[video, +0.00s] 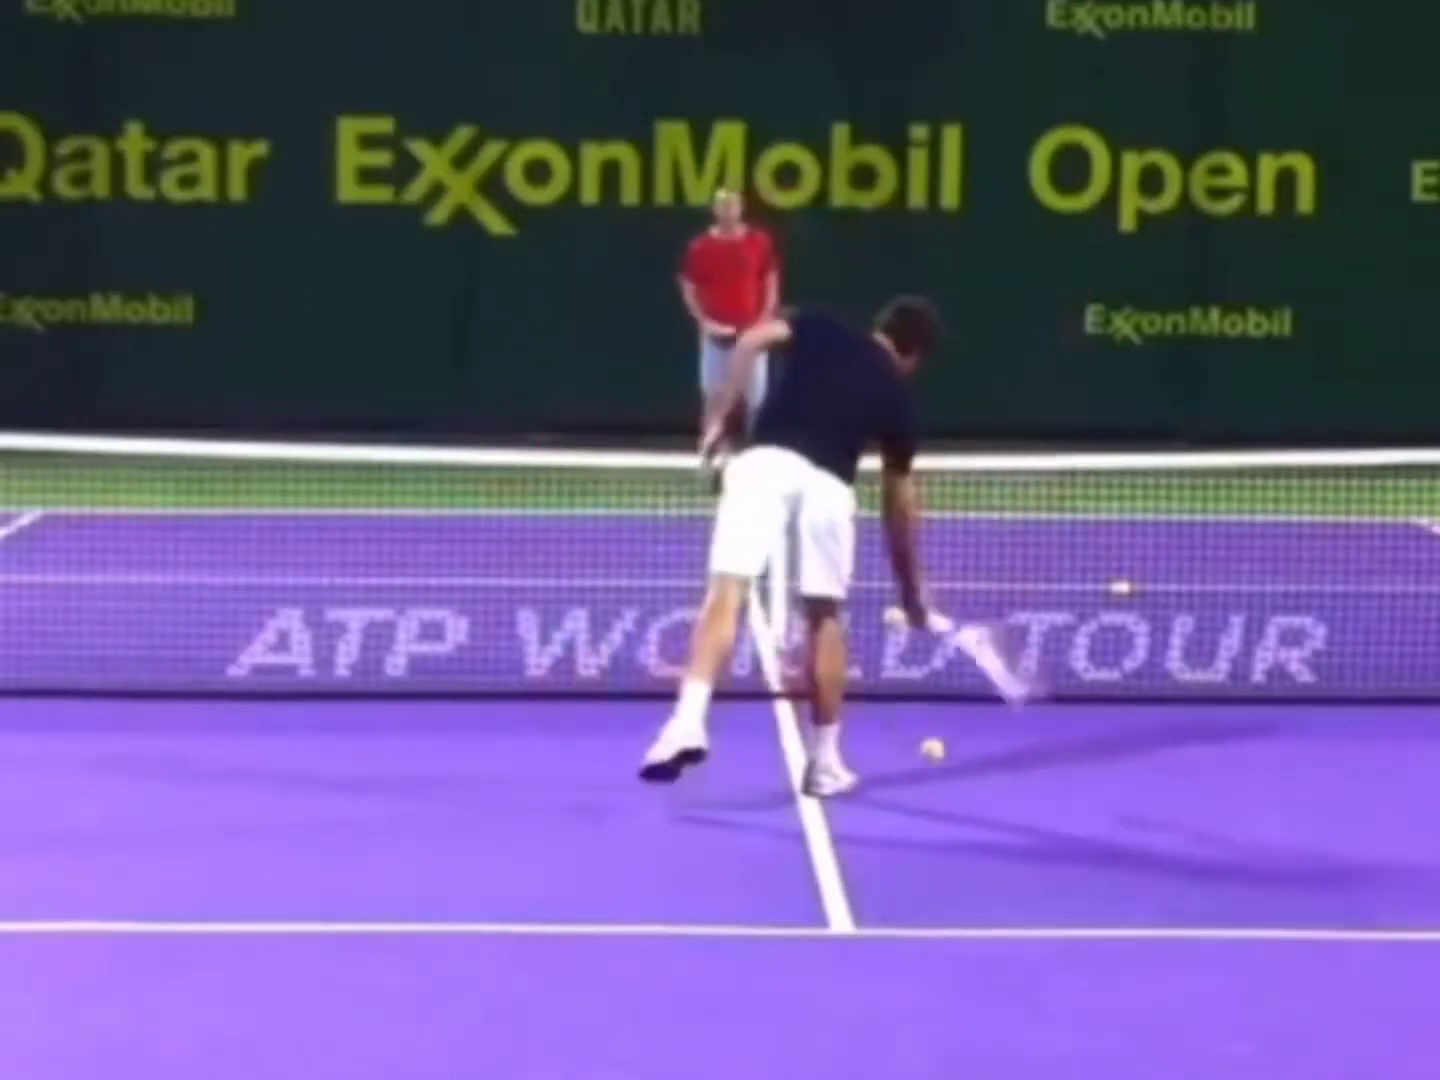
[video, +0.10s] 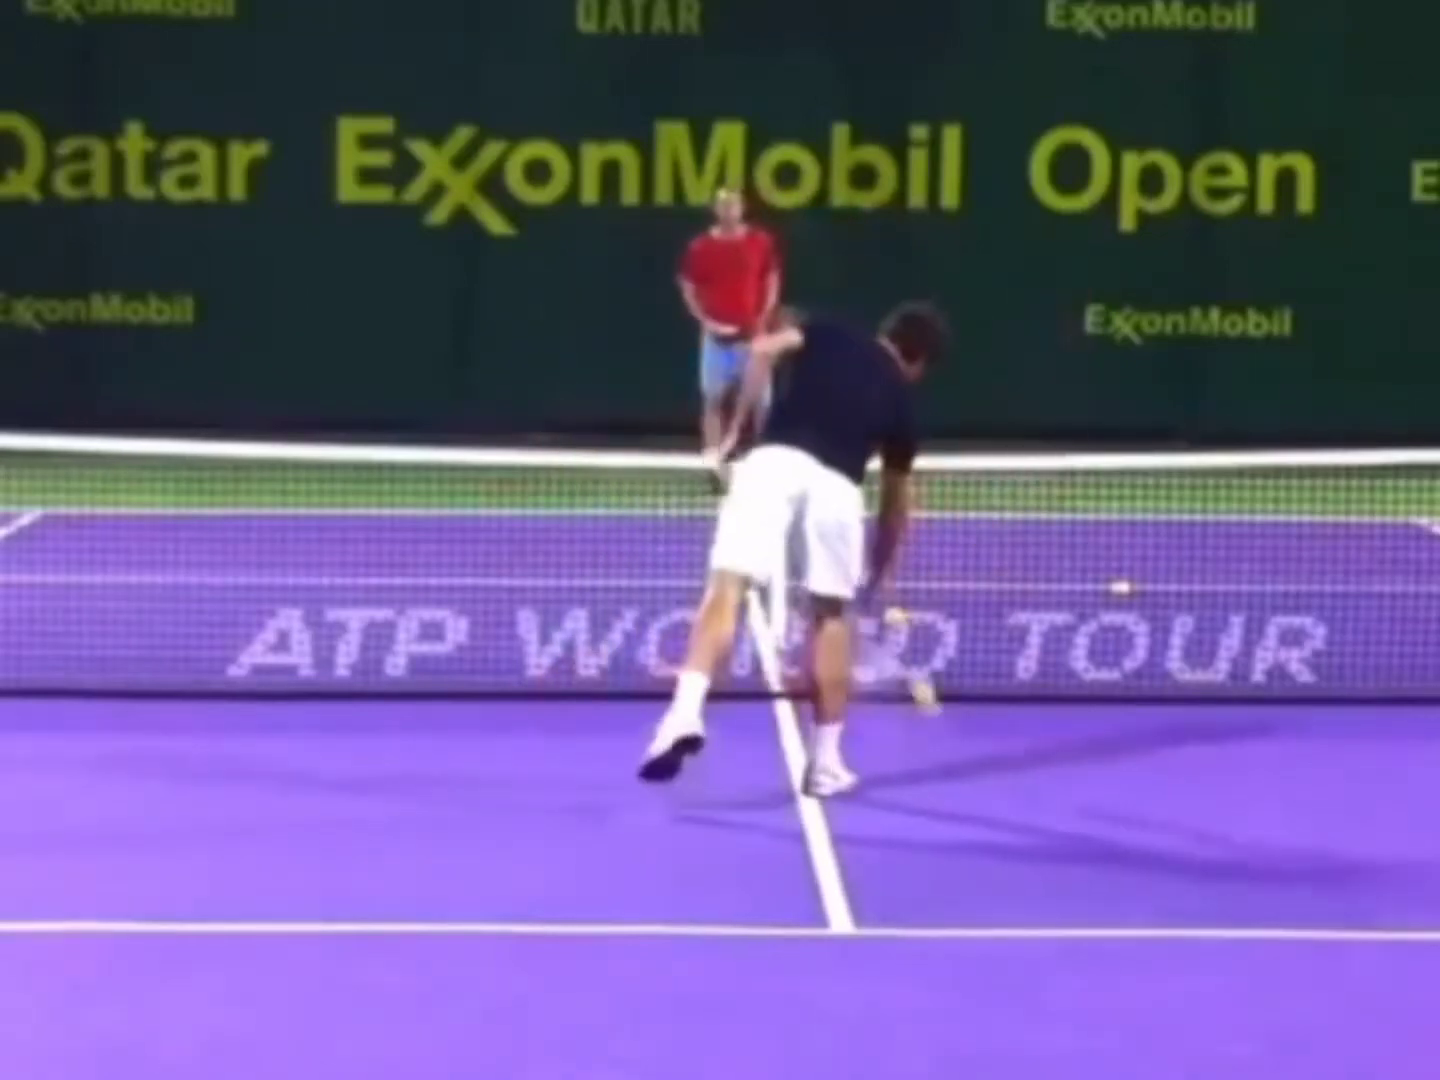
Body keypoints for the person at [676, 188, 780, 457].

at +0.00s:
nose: (727, 210)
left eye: (732, 204)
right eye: (722, 204)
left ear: (740, 207)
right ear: (714, 209)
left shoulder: (759, 242)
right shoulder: (700, 246)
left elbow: (770, 278)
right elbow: (688, 285)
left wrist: (765, 318)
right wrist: (705, 323)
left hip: (751, 330)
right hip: (716, 330)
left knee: (754, 395)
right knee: (714, 393)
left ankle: (754, 449)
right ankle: (717, 449)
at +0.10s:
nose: (728, 211)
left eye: (733, 204)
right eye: (723, 205)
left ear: (741, 208)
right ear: (715, 209)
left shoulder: (761, 242)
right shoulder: (701, 245)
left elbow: (772, 280)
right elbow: (687, 285)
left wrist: (761, 321)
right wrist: (708, 323)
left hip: (751, 333)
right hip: (716, 334)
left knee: (758, 402)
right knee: (713, 400)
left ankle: (760, 458)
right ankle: (712, 458)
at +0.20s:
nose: (732, 211)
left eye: (737, 204)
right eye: (727, 205)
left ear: (745, 208)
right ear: (719, 210)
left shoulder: (764, 242)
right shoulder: (704, 245)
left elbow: (775, 279)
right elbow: (690, 285)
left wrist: (765, 317)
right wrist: (710, 323)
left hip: (753, 330)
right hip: (718, 332)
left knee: (758, 394)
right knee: (713, 398)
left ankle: (752, 451)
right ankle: (713, 456)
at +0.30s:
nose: (738, 211)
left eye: (743, 205)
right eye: (733, 206)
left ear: (752, 209)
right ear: (725, 210)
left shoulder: (769, 244)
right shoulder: (710, 245)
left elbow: (780, 280)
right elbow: (695, 283)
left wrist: (769, 318)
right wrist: (714, 322)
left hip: (758, 331)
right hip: (723, 331)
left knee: (762, 396)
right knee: (717, 397)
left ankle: (761, 453)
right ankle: (715, 456)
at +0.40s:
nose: (746, 212)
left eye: (751, 206)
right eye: (740, 206)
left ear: (760, 209)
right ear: (732, 210)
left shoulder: (776, 244)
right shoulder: (717, 245)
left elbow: (785, 283)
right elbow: (703, 284)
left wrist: (776, 319)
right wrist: (719, 321)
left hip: (763, 333)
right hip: (728, 332)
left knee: (767, 395)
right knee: (720, 397)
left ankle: (765, 449)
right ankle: (716, 453)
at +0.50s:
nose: (755, 212)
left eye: (760, 205)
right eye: (750, 206)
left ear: (768, 209)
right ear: (741, 210)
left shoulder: (784, 245)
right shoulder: (725, 244)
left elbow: (794, 282)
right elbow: (709, 281)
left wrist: (780, 318)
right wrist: (725, 321)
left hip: (768, 331)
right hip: (734, 330)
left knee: (769, 395)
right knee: (725, 394)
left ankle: (761, 446)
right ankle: (718, 450)